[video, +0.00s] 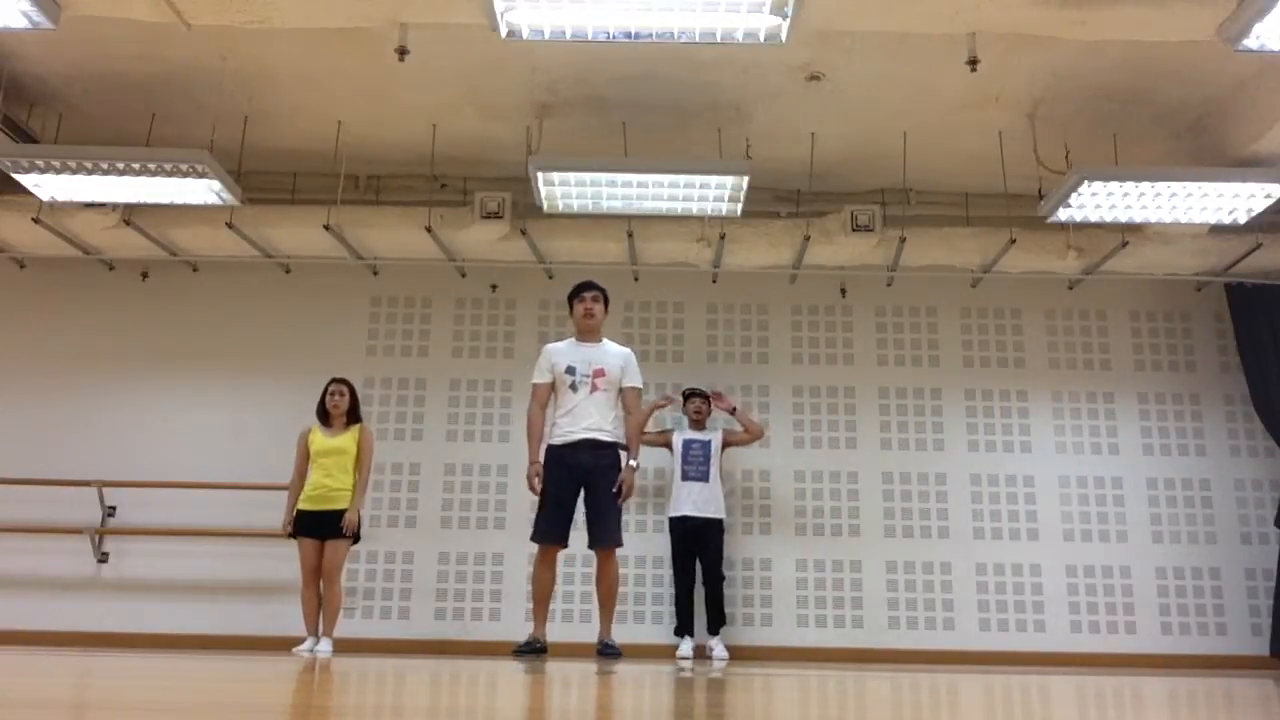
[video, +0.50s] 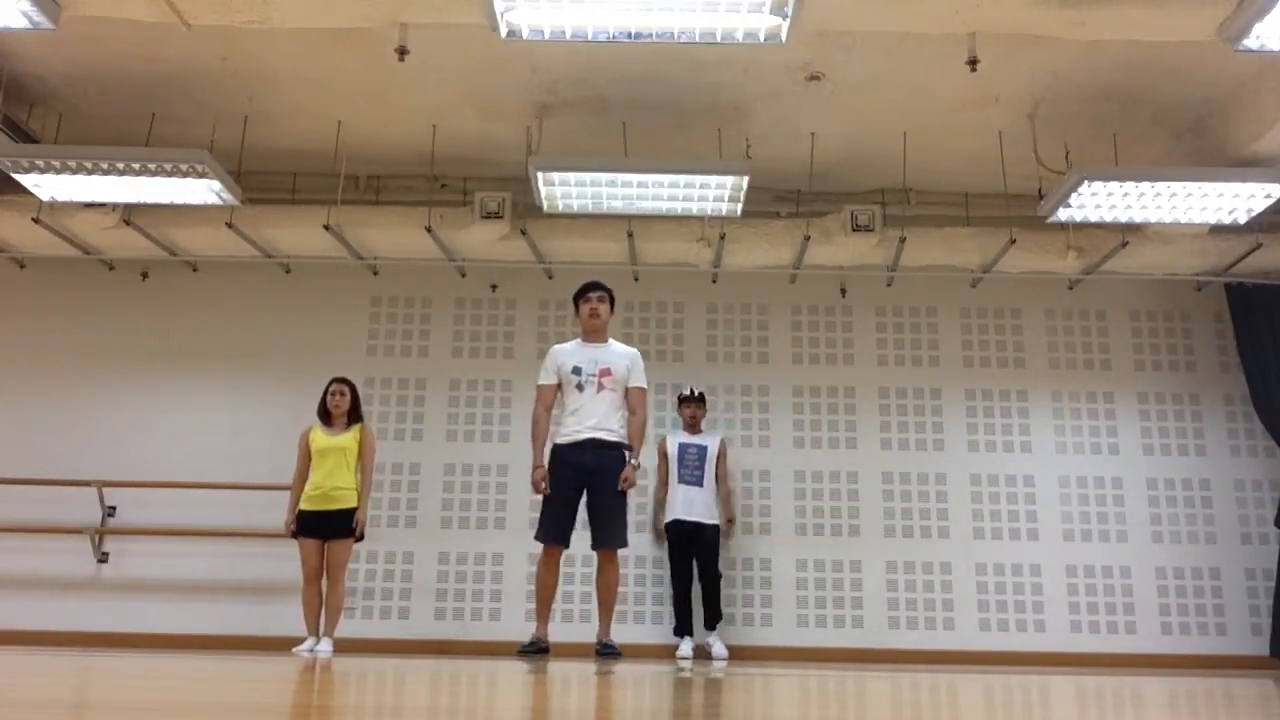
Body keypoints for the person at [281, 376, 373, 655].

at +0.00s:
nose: (335, 399)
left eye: (341, 395)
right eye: (331, 394)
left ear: (351, 400)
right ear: (324, 399)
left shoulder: (361, 433)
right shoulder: (309, 434)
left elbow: (363, 474)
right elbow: (298, 476)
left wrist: (355, 508)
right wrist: (289, 511)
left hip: (340, 510)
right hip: (308, 508)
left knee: (331, 575)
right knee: (309, 576)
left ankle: (327, 637)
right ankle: (311, 636)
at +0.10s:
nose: (336, 398)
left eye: (341, 394)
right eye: (332, 393)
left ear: (351, 400)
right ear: (324, 399)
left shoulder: (361, 432)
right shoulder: (310, 433)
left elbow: (365, 473)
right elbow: (299, 476)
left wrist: (358, 508)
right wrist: (288, 512)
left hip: (341, 508)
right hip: (309, 508)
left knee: (334, 575)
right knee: (310, 576)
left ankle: (327, 637)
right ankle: (311, 636)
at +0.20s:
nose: (336, 398)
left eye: (341, 394)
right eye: (332, 394)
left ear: (352, 400)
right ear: (324, 399)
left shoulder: (362, 432)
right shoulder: (310, 433)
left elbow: (366, 474)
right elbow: (299, 474)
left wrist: (361, 509)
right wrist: (289, 509)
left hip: (342, 509)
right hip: (309, 508)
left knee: (335, 577)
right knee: (311, 576)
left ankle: (327, 637)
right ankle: (311, 636)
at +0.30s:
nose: (336, 399)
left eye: (341, 395)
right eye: (332, 394)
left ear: (351, 400)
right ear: (325, 399)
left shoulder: (362, 432)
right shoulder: (310, 434)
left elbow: (367, 473)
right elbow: (299, 475)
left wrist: (362, 509)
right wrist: (290, 511)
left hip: (343, 509)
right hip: (309, 508)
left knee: (334, 577)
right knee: (310, 577)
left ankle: (327, 637)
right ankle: (311, 636)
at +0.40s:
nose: (336, 399)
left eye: (341, 395)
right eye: (332, 395)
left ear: (351, 401)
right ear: (325, 400)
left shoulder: (362, 433)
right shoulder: (310, 434)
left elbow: (367, 474)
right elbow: (299, 476)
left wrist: (363, 510)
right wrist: (291, 512)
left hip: (343, 510)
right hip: (310, 509)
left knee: (334, 576)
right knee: (310, 576)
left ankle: (327, 637)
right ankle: (311, 636)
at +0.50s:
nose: (336, 398)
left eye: (342, 394)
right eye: (332, 394)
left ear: (352, 400)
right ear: (325, 399)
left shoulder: (362, 432)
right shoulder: (310, 433)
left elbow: (367, 473)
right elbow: (300, 475)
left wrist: (362, 508)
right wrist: (291, 511)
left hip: (343, 508)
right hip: (310, 507)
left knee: (335, 575)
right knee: (311, 575)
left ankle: (328, 637)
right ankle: (312, 636)